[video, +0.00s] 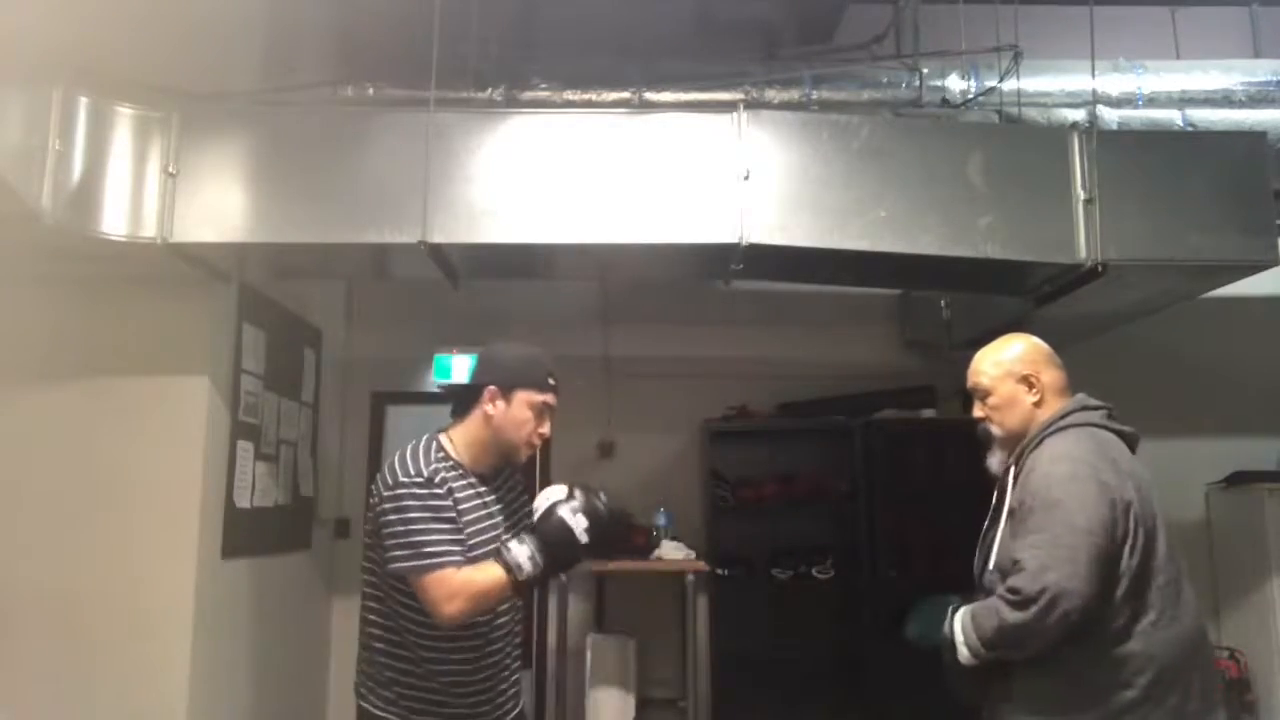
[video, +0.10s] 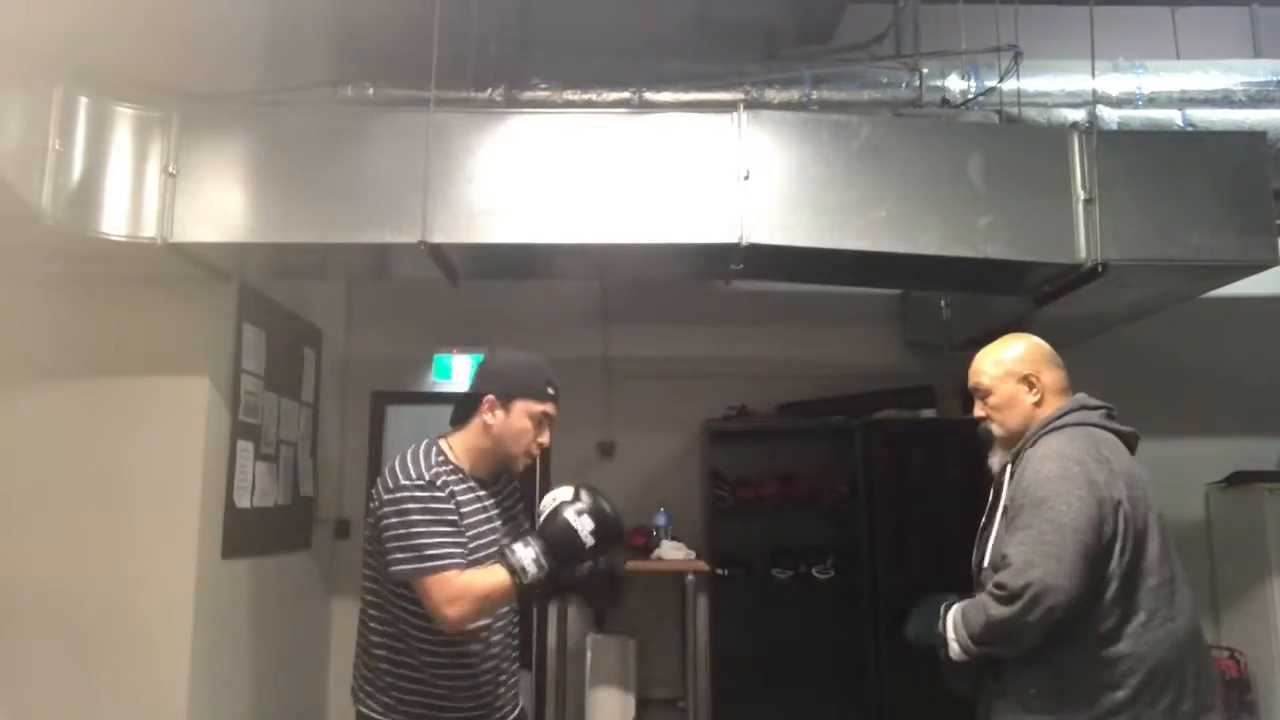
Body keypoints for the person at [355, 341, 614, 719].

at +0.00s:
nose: (547, 431)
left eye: (550, 416)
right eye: (539, 411)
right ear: (492, 401)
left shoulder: (503, 475)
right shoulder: (413, 480)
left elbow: (512, 572)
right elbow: (448, 602)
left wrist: (571, 533)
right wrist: (537, 550)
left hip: (500, 703)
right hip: (418, 709)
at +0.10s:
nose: (546, 441)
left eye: (550, 426)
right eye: (538, 421)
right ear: (491, 410)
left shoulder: (501, 482)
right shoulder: (415, 484)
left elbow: (510, 576)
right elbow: (451, 606)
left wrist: (573, 575)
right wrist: (542, 552)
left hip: (499, 705)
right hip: (417, 710)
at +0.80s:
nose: (649, 491)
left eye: (653, 474)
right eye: (639, 471)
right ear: (593, 462)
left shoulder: (601, 531)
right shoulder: (498, 512)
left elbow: (602, 624)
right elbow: (490, 630)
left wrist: (643, 650)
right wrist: (590, 582)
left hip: (556, 710)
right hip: (465, 710)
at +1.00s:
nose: (604, 462)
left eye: (605, 447)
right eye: (594, 444)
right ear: (547, 440)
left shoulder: (564, 514)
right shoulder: (458, 508)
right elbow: (457, 632)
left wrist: (619, 604)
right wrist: (551, 589)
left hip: (525, 709)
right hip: (435, 711)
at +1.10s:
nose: (592, 464)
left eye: (593, 449)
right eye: (582, 447)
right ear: (534, 444)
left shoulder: (557, 508)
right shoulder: (447, 509)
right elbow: (441, 641)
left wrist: (606, 609)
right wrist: (535, 601)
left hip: (529, 706)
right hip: (435, 709)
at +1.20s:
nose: (597, 488)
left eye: (598, 472)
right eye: (587, 472)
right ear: (540, 469)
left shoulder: (569, 529)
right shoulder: (449, 529)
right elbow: (412, 656)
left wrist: (599, 627)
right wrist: (510, 637)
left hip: (530, 707)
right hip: (435, 709)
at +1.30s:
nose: (623, 513)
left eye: (622, 499)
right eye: (612, 500)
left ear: (568, 506)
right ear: (567, 504)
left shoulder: (598, 556)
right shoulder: (467, 564)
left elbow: (608, 666)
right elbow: (400, 676)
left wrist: (615, 627)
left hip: (557, 707)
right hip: (472, 708)